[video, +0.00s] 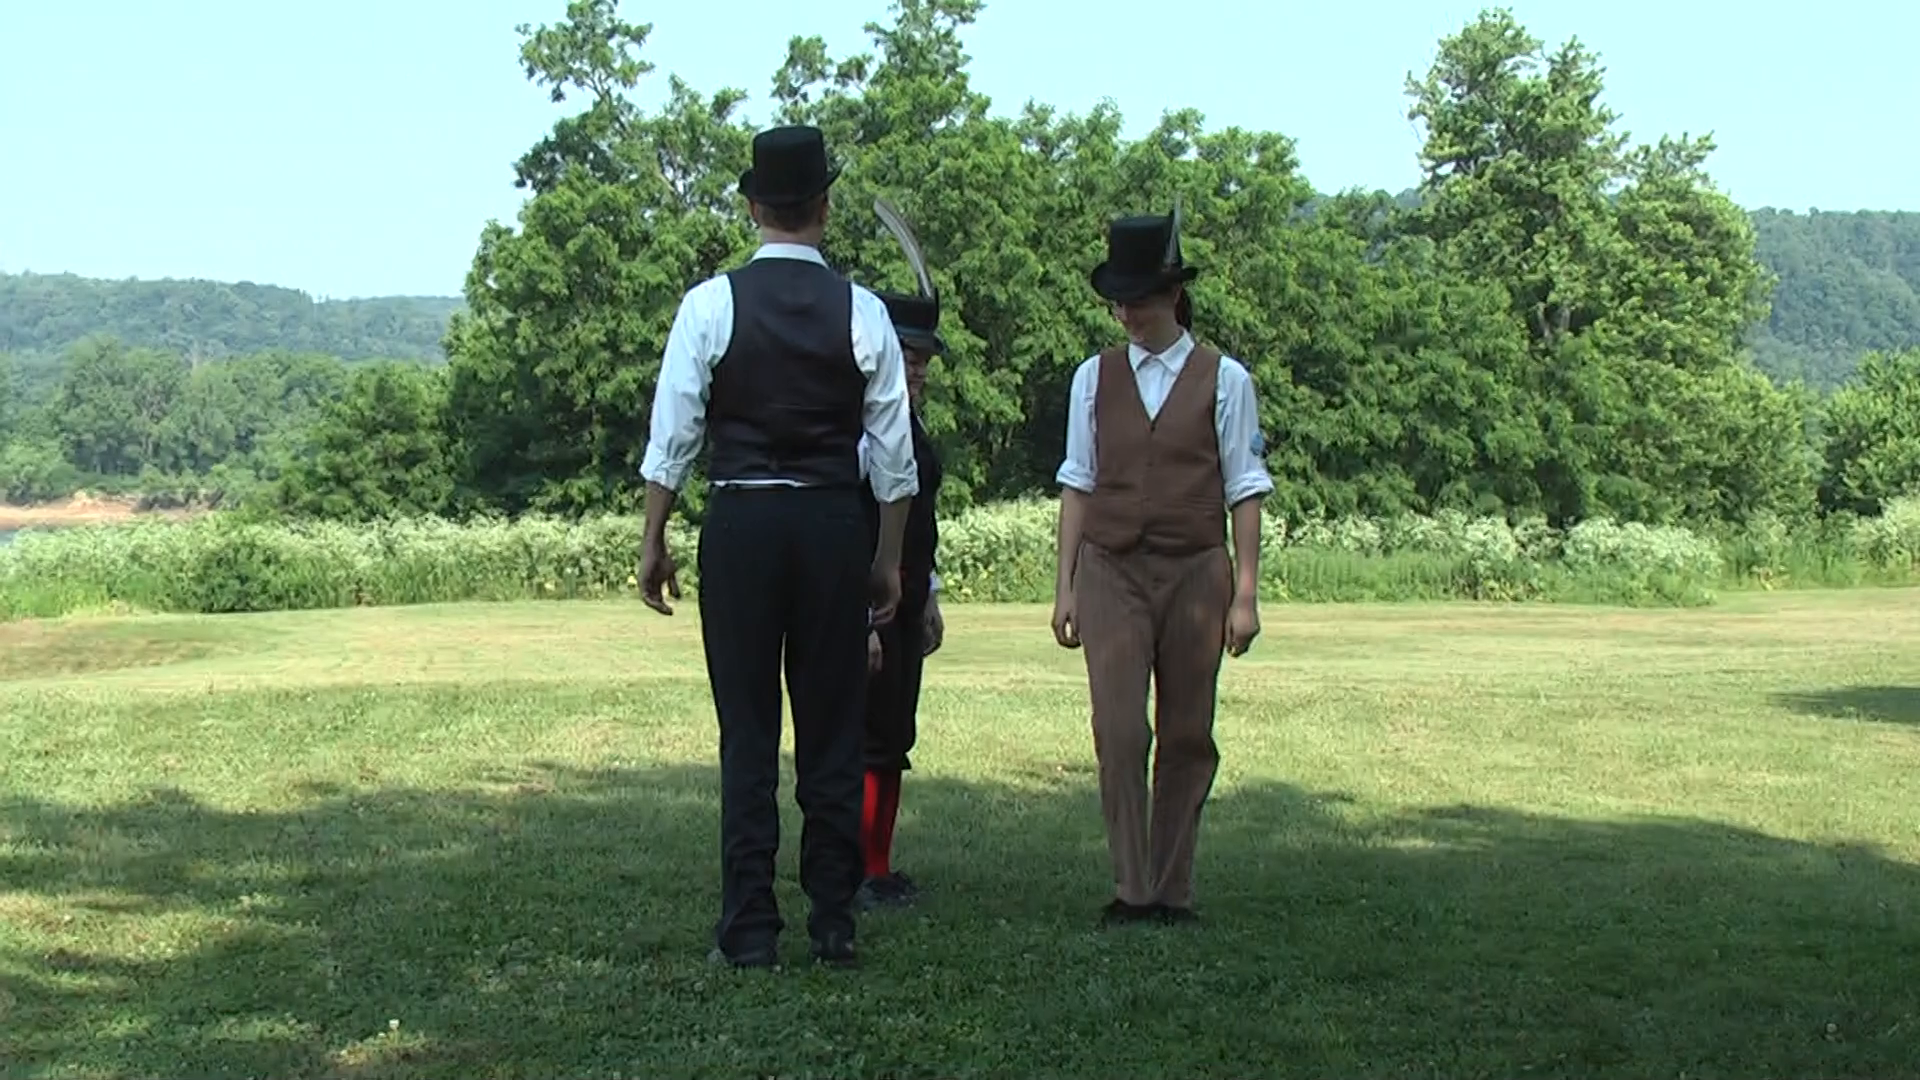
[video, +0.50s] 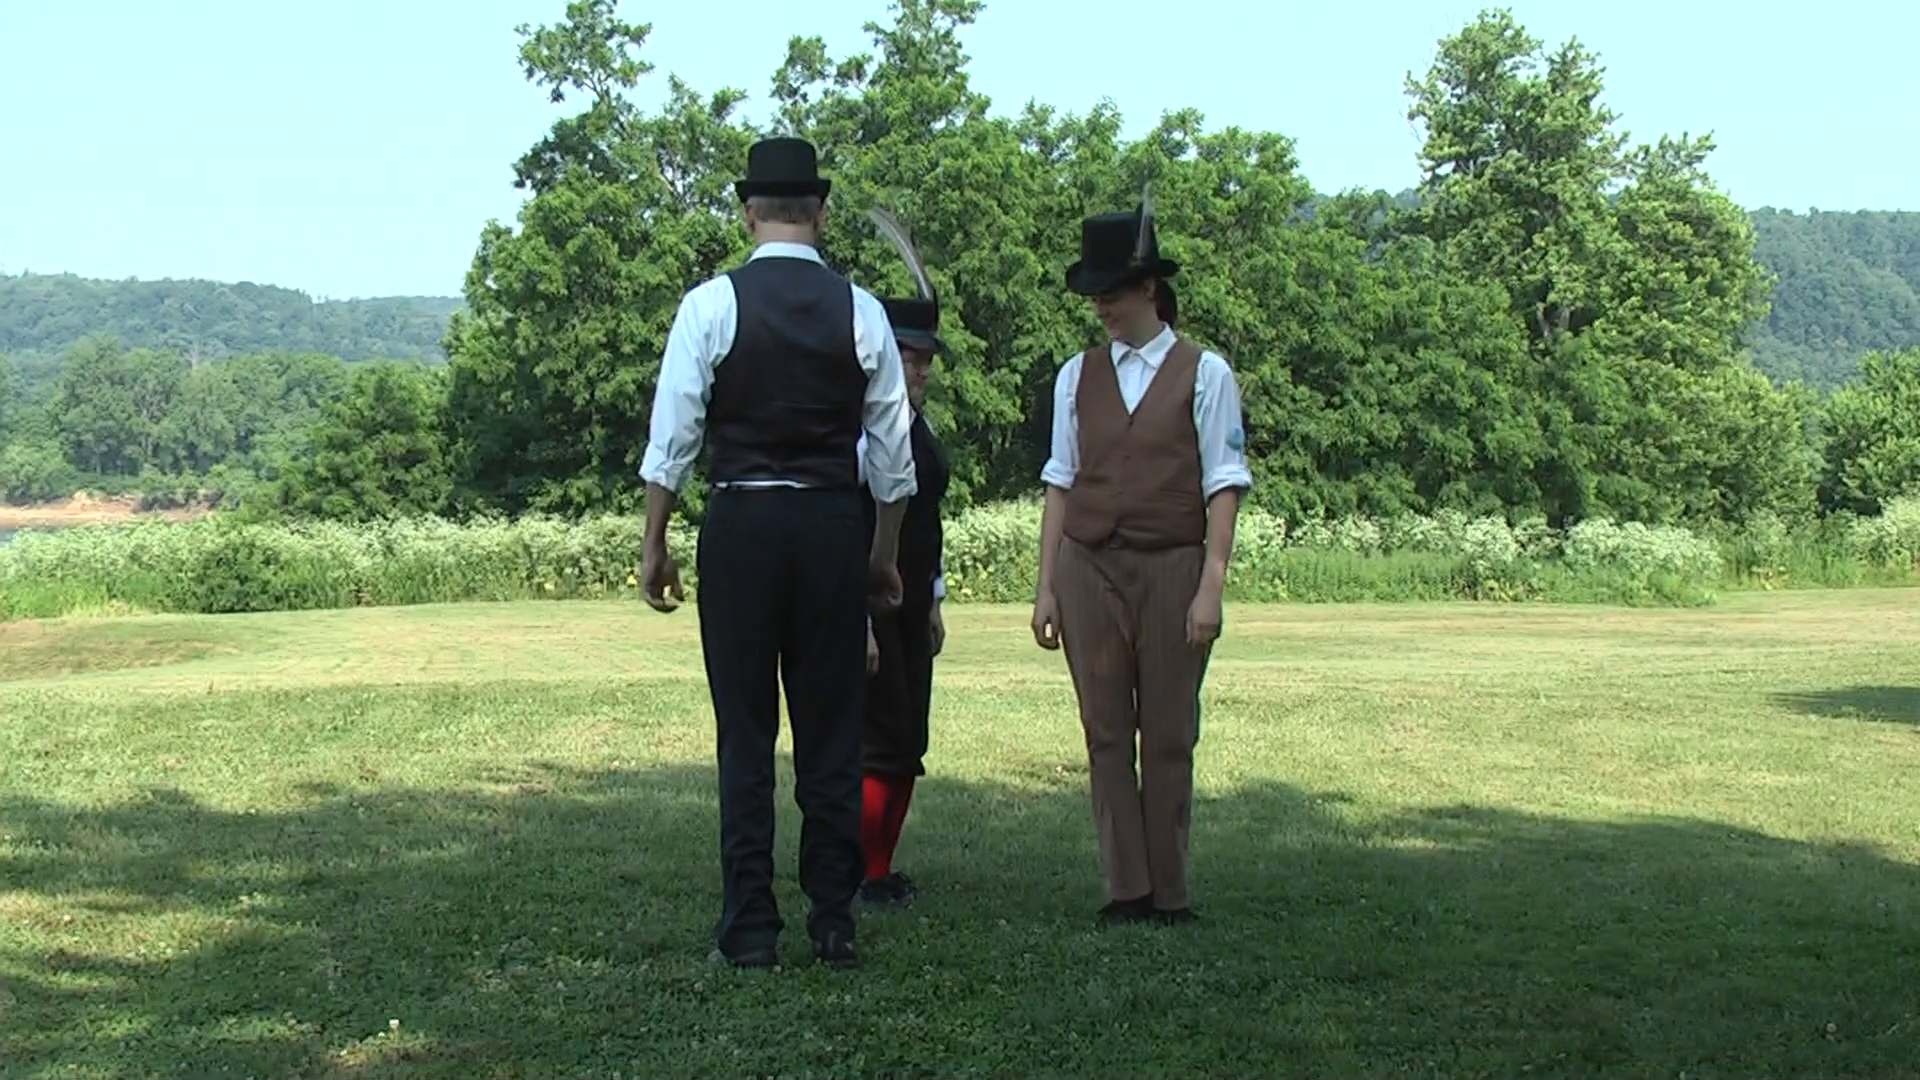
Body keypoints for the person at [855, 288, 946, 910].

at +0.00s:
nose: (915, 374)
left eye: (922, 362)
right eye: (906, 360)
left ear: (929, 366)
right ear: (877, 360)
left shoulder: (916, 440)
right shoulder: (851, 434)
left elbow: (919, 529)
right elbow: (844, 528)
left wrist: (928, 596)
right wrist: (863, 615)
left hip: (905, 608)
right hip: (861, 608)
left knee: (891, 744)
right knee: (858, 744)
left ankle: (878, 865)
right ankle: (853, 869)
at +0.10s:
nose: (917, 373)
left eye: (924, 361)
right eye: (908, 359)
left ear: (929, 366)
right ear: (878, 359)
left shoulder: (915, 437)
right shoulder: (851, 431)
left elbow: (922, 527)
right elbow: (843, 527)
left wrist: (934, 595)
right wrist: (860, 617)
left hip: (903, 606)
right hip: (859, 607)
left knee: (891, 744)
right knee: (860, 744)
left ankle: (878, 866)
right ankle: (854, 870)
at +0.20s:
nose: (919, 373)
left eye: (925, 362)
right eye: (909, 360)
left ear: (931, 365)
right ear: (879, 359)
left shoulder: (916, 435)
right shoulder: (853, 430)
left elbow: (922, 527)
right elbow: (844, 526)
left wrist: (936, 596)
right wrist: (860, 615)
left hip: (905, 602)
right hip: (862, 604)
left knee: (896, 741)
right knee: (868, 741)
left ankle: (879, 866)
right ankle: (861, 868)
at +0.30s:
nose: (918, 379)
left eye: (925, 367)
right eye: (908, 365)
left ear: (932, 370)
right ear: (878, 364)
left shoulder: (917, 440)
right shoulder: (855, 435)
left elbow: (923, 532)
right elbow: (844, 531)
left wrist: (934, 602)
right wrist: (859, 620)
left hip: (907, 609)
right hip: (865, 612)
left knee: (909, 747)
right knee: (883, 749)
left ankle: (880, 867)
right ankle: (868, 870)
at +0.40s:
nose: (919, 379)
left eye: (926, 366)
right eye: (910, 364)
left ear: (931, 370)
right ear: (878, 364)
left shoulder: (918, 440)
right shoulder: (857, 435)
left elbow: (924, 535)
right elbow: (846, 531)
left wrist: (932, 607)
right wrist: (859, 621)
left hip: (911, 612)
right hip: (870, 615)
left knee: (910, 747)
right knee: (884, 749)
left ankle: (881, 867)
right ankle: (869, 871)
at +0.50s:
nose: (917, 371)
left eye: (925, 359)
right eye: (907, 358)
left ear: (932, 366)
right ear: (878, 360)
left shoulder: (920, 435)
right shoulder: (858, 432)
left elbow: (927, 529)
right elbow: (847, 527)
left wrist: (934, 600)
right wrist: (859, 617)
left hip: (913, 607)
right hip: (869, 609)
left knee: (906, 745)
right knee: (882, 746)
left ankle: (880, 867)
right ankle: (868, 870)